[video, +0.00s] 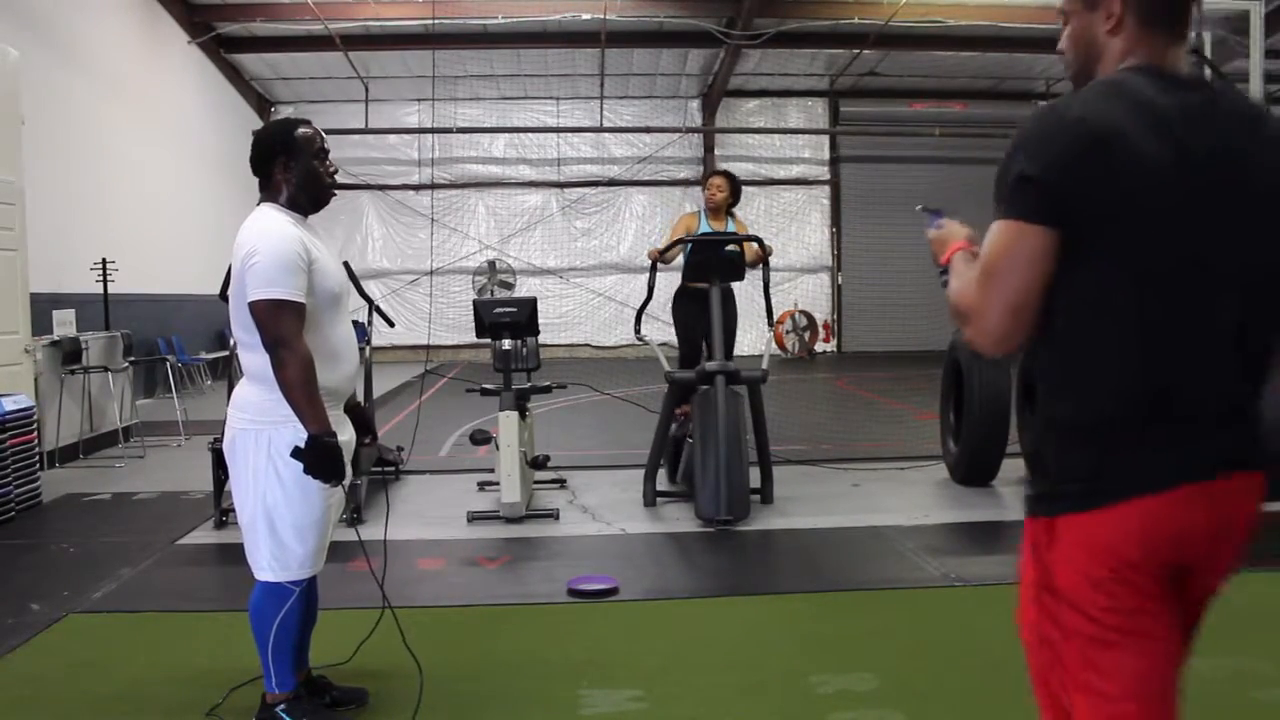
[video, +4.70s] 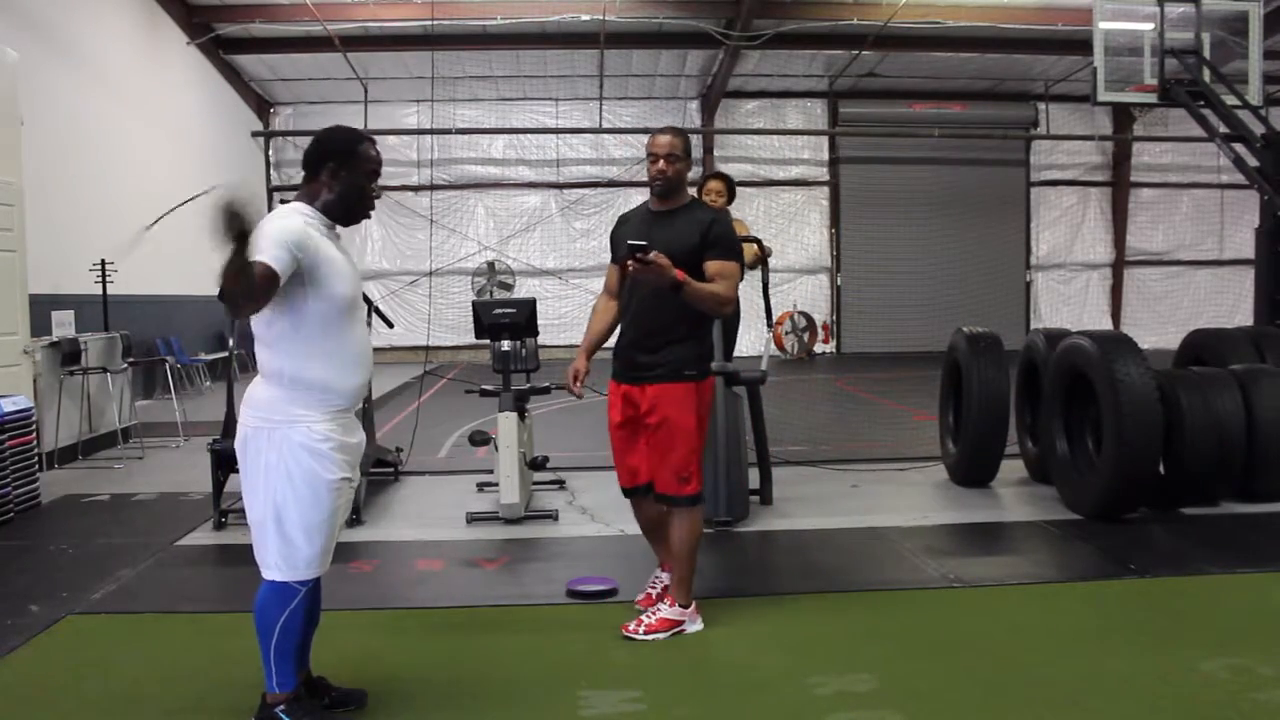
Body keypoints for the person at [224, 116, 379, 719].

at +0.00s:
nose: (333, 167)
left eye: (330, 156)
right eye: (320, 157)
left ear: (292, 170)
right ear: (286, 169)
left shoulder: (298, 235)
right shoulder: (272, 236)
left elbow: (317, 337)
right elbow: (282, 345)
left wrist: (352, 403)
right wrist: (318, 432)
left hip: (304, 426)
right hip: (277, 430)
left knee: (301, 564)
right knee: (284, 570)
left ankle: (297, 679)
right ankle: (281, 697)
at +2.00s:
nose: (334, 165)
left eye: (330, 154)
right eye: (321, 155)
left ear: (292, 171)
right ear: (286, 169)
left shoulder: (295, 238)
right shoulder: (272, 241)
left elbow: (311, 344)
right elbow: (282, 351)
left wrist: (349, 410)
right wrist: (317, 440)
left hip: (299, 427)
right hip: (275, 431)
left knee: (298, 566)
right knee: (282, 571)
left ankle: (296, 680)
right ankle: (280, 698)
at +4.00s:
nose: (344, 171)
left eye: (340, 159)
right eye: (332, 160)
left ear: (300, 172)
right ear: (297, 170)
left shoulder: (302, 239)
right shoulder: (279, 241)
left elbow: (317, 340)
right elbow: (285, 348)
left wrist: (358, 400)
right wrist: (341, 426)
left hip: (306, 429)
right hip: (281, 434)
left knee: (302, 565)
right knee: (283, 570)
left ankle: (297, 681)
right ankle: (280, 698)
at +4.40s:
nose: (357, 187)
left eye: (357, 174)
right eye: (350, 174)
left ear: (315, 175)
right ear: (312, 173)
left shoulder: (310, 235)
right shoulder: (279, 236)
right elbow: (268, 337)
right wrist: (266, 425)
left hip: (319, 427)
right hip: (289, 431)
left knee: (305, 568)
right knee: (288, 573)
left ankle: (298, 680)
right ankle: (279, 699)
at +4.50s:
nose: (370, 189)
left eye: (370, 177)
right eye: (363, 175)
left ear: (324, 175)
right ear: (324, 174)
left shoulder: (318, 236)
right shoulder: (282, 235)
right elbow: (243, 321)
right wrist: (202, 383)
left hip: (323, 429)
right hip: (291, 434)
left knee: (306, 566)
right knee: (287, 571)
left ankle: (299, 681)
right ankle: (278, 698)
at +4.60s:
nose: (378, 191)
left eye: (379, 179)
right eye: (371, 178)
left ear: (332, 177)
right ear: (330, 175)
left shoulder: (324, 239)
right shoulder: (284, 233)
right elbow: (237, 309)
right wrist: (191, 310)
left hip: (326, 426)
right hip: (292, 431)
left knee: (307, 565)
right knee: (289, 572)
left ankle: (297, 683)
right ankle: (280, 700)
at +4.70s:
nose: (378, 192)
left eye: (379, 179)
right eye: (370, 178)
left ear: (333, 178)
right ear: (331, 176)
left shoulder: (326, 235)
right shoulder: (289, 227)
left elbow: (327, 339)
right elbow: (241, 301)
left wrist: (356, 420)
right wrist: (240, 245)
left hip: (324, 426)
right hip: (290, 430)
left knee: (307, 566)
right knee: (290, 571)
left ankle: (299, 681)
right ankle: (280, 698)